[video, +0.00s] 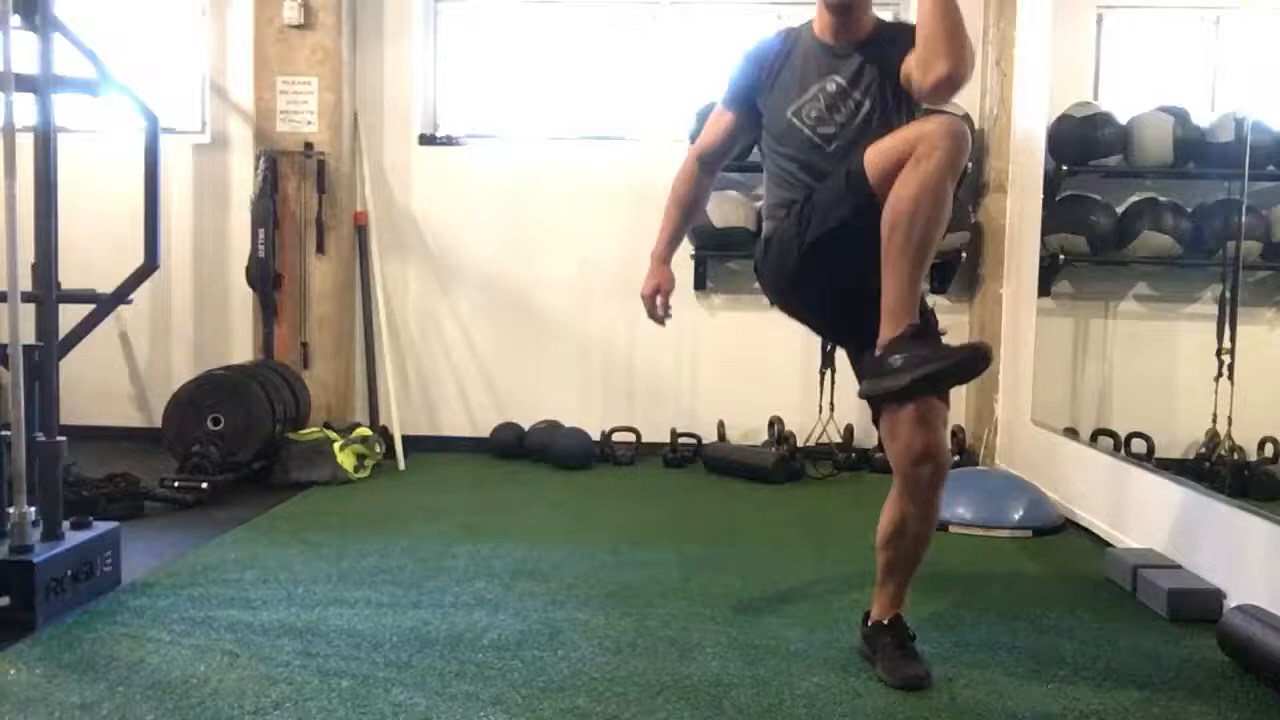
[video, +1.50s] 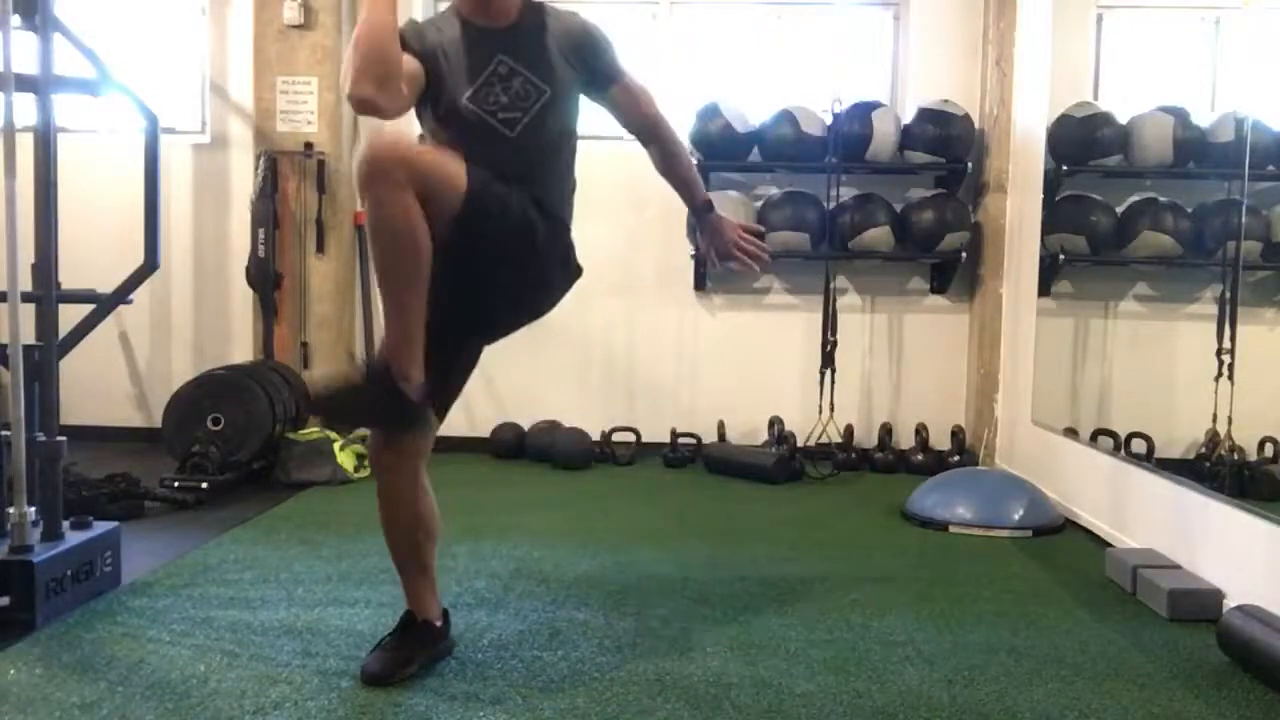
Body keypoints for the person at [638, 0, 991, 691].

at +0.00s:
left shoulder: (903, 45)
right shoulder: (774, 55)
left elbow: (944, 71)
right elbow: (702, 158)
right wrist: (661, 256)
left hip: (884, 279)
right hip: (799, 264)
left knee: (925, 459)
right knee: (944, 134)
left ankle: (885, 621)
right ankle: (896, 340)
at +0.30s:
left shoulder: (889, 40)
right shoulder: (756, 55)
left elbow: (951, 70)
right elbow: (695, 159)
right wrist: (668, 248)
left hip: (876, 262)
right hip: (791, 253)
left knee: (917, 456)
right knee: (897, 340)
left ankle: (886, 620)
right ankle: (804, 532)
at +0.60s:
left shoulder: (826, 30)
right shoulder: (693, 33)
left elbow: (875, 79)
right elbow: (612, 154)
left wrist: (848, 3)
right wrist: (642, 115)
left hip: (791, 273)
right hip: (702, 268)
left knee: (822, 450)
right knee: (696, 449)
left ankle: (778, 621)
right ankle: (681, 621)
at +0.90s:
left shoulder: (738, 56)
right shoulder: (602, 39)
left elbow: (765, 126)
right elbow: (508, 104)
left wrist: (686, 111)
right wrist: (517, 78)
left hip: (694, 289)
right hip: (600, 281)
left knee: (752, 461)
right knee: (521, 453)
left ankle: (769, 626)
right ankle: (435, 612)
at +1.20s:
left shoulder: (591, 12)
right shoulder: (454, 6)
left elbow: (681, 122)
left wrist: (720, 235)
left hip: (548, 230)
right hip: (458, 238)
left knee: (475, 343)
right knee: (433, 431)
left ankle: (547, 512)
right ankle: (423, 617)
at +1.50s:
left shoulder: (566, 34)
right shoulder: (430, 37)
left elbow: (650, 126)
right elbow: (369, 92)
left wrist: (704, 213)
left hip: (533, 258)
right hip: (451, 266)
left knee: (388, 159)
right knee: (396, 440)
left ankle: (401, 375)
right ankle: (424, 619)